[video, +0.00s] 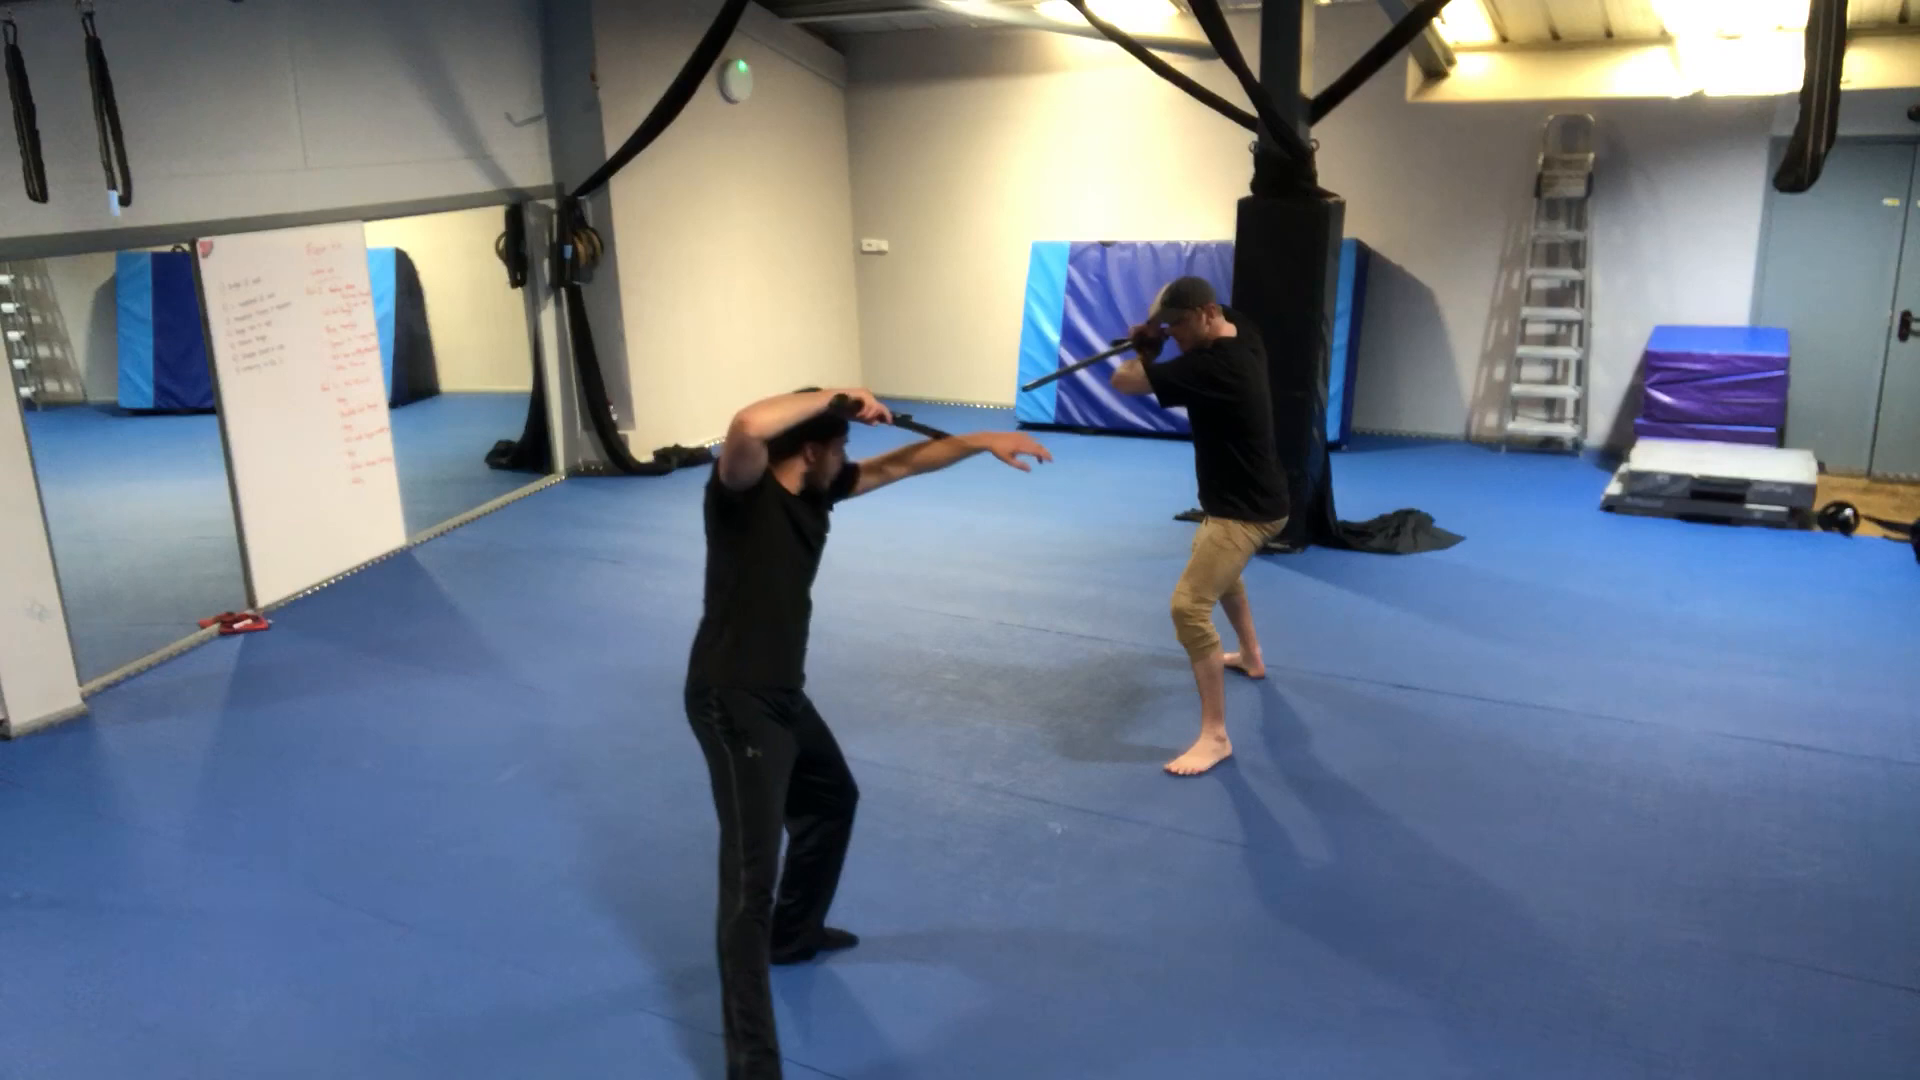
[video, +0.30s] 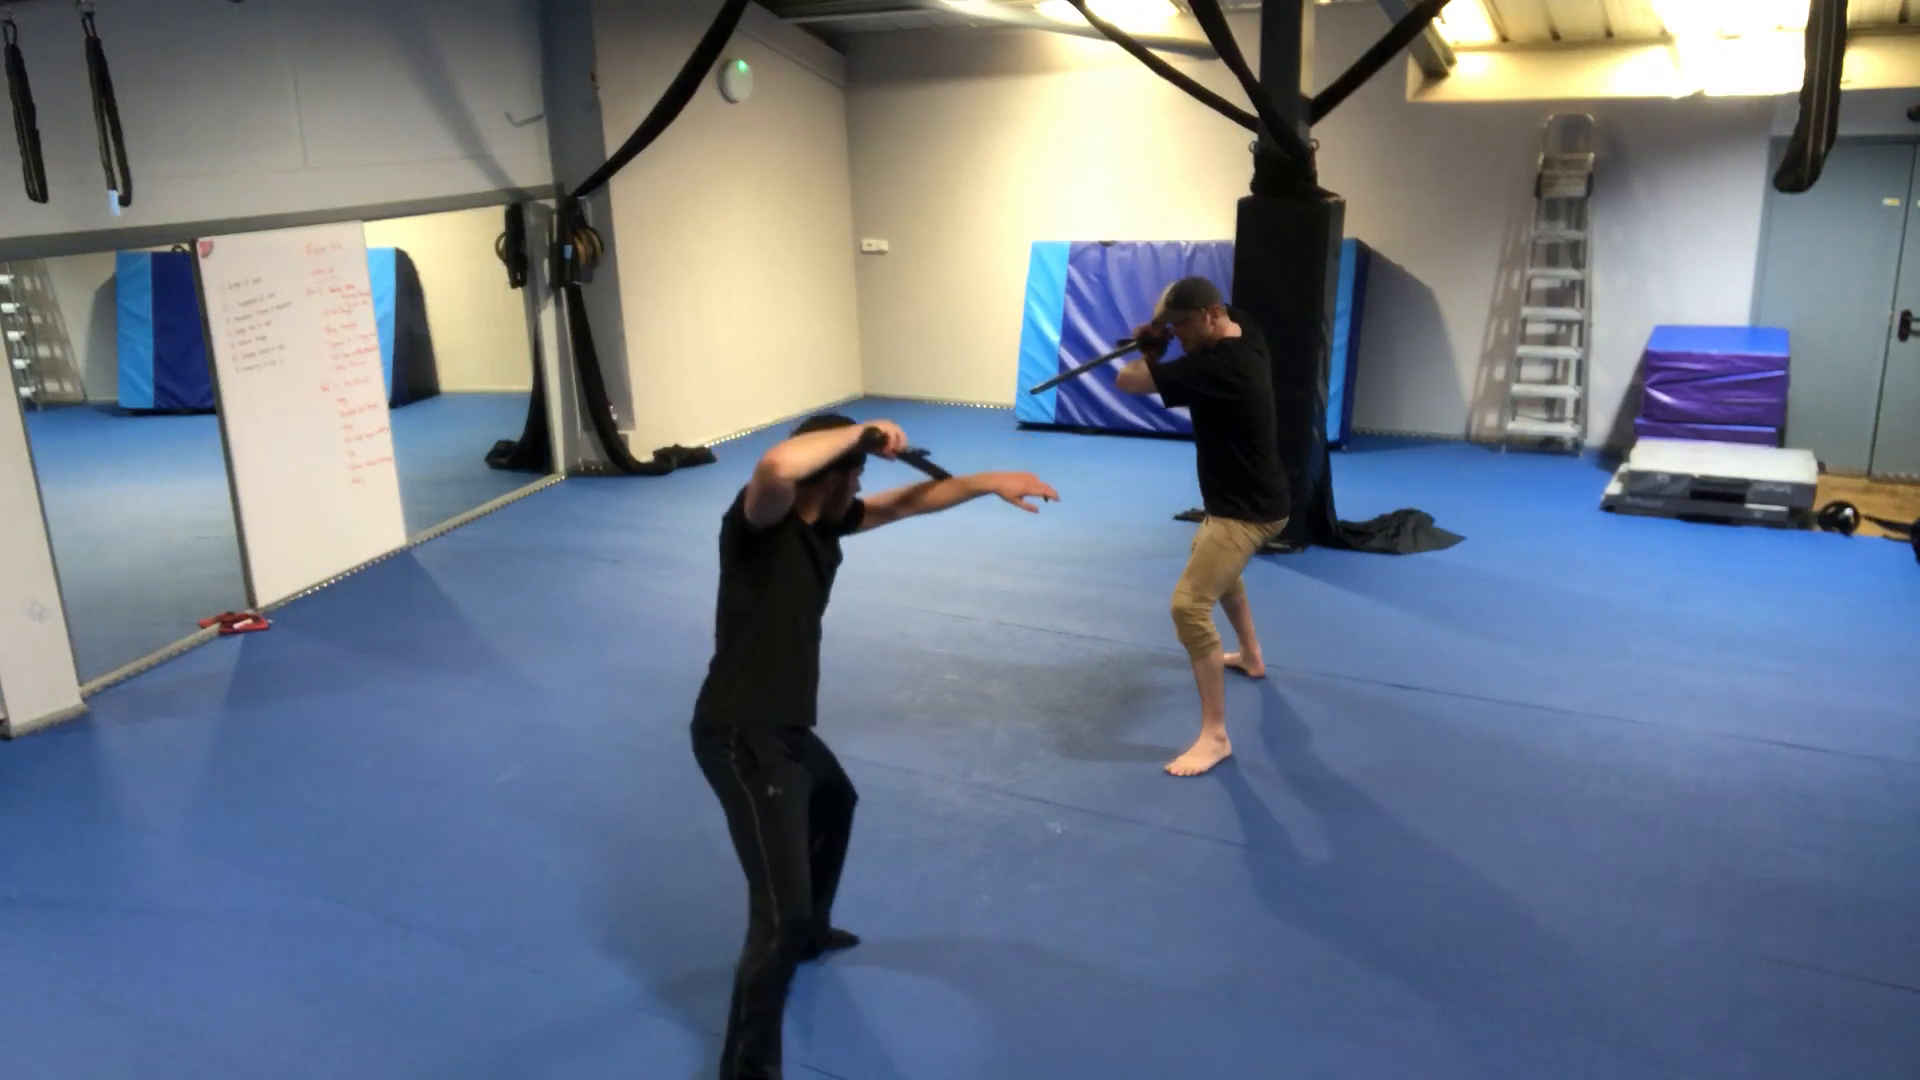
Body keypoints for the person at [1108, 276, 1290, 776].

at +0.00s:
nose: (1175, 338)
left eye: (1179, 329)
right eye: (1172, 329)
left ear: (1206, 316)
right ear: (1210, 315)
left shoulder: (1211, 364)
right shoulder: (1241, 339)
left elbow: (1127, 380)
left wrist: (1145, 352)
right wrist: (1153, 331)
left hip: (1242, 512)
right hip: (1243, 501)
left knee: (1190, 610)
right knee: (1220, 572)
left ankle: (1214, 735)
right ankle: (1250, 653)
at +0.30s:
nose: (1179, 338)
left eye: (1183, 329)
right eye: (1175, 329)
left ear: (1211, 317)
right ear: (1213, 316)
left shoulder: (1216, 365)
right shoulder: (1243, 338)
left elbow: (1130, 380)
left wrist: (1152, 353)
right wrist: (1157, 336)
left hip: (1245, 512)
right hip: (1240, 501)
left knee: (1190, 608)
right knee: (1216, 566)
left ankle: (1214, 734)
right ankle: (1250, 653)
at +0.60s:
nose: (1180, 341)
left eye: (1183, 332)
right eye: (1176, 332)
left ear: (1210, 318)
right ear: (1213, 316)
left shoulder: (1216, 365)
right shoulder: (1243, 338)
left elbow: (1131, 381)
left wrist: (1151, 353)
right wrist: (1157, 333)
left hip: (1245, 512)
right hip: (1238, 501)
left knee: (1191, 608)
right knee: (1210, 558)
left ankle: (1214, 735)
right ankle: (1250, 652)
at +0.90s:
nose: (1179, 342)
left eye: (1183, 333)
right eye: (1176, 333)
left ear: (1211, 319)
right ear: (1214, 318)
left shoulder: (1216, 365)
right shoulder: (1243, 341)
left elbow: (1132, 382)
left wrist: (1151, 353)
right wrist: (1158, 335)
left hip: (1245, 512)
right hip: (1236, 502)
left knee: (1191, 608)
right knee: (1208, 557)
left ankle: (1214, 735)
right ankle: (1250, 653)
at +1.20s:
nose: (1179, 341)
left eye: (1183, 332)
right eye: (1175, 332)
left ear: (1212, 320)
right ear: (1214, 319)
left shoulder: (1217, 365)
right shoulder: (1241, 341)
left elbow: (1133, 381)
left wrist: (1153, 353)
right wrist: (1157, 328)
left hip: (1245, 512)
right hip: (1236, 501)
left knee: (1191, 608)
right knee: (1207, 556)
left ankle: (1214, 735)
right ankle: (1250, 653)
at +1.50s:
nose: (1179, 342)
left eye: (1183, 334)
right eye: (1176, 334)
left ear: (1210, 319)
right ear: (1213, 318)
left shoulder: (1217, 365)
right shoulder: (1240, 342)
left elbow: (1133, 382)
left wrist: (1152, 352)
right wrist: (1156, 326)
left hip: (1245, 512)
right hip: (1233, 502)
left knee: (1191, 608)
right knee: (1206, 555)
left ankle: (1214, 734)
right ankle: (1250, 653)